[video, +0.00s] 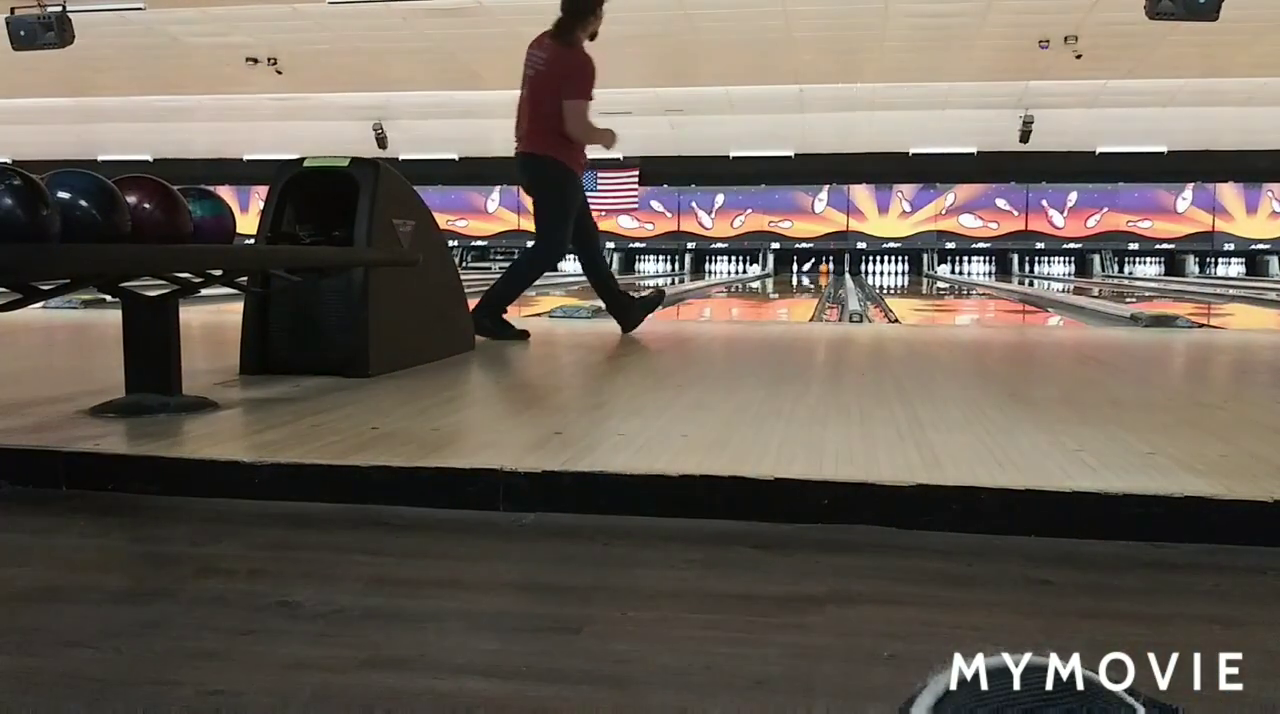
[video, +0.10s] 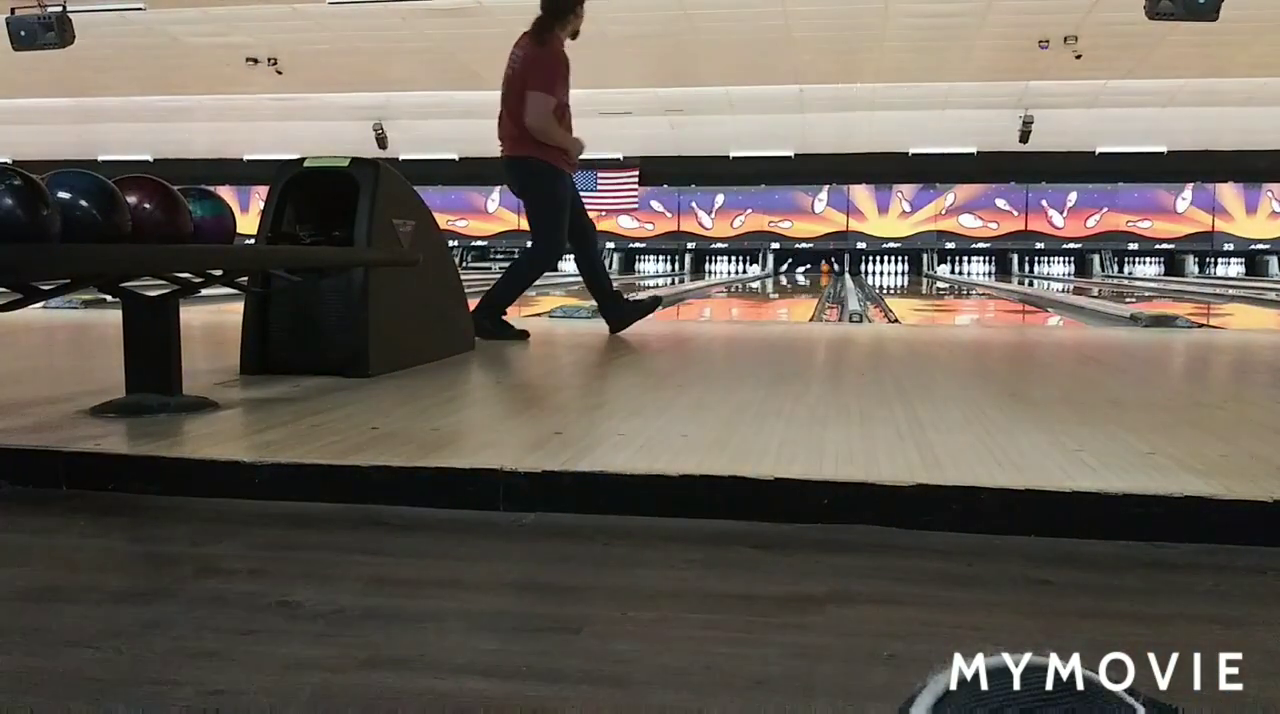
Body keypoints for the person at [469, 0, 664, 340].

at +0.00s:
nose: (601, 22)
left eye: (600, 15)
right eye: (600, 15)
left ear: (567, 11)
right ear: (590, 17)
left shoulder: (540, 45)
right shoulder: (577, 61)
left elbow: (530, 110)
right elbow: (575, 125)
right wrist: (604, 136)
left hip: (532, 160)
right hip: (555, 165)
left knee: (585, 239)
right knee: (551, 248)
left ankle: (624, 310)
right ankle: (486, 312)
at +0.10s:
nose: (582, 20)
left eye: (582, 12)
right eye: (581, 12)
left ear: (550, 10)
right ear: (569, 13)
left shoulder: (531, 44)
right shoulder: (548, 51)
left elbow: (523, 114)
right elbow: (536, 118)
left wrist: (564, 144)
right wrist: (569, 142)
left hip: (533, 163)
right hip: (537, 165)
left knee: (583, 236)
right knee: (549, 248)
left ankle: (614, 310)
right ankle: (486, 314)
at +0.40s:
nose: (549, 1)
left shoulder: (532, 28)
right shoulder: (505, 27)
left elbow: (552, 81)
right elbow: (548, 81)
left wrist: (596, 82)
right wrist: (586, 44)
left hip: (528, 147)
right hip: (494, 147)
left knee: (558, 225)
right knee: (508, 229)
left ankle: (539, 306)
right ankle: (482, 315)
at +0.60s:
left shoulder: (540, 21)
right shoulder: (473, 13)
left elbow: (549, 79)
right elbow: (442, 68)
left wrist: (570, 97)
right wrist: (493, 95)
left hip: (529, 140)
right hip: (485, 141)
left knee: (549, 225)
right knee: (495, 228)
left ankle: (529, 291)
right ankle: (483, 315)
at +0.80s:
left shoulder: (541, 9)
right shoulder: (459, 7)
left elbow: (553, 67)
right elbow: (422, 59)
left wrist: (541, 101)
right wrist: (459, 99)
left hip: (533, 139)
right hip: (482, 140)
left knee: (546, 228)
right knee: (485, 231)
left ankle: (527, 301)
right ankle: (484, 315)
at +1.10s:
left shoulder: (550, 6)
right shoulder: (459, 5)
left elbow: (572, 72)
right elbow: (439, 65)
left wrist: (536, 102)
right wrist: (469, 88)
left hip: (532, 136)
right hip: (479, 137)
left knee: (530, 230)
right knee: (485, 231)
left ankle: (529, 319)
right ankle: (494, 309)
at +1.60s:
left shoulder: (568, 2)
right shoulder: (464, 0)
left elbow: (578, 39)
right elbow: (455, 30)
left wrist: (514, 58)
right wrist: (456, 61)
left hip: (537, 116)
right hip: (477, 115)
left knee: (535, 228)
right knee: (478, 223)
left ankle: (527, 330)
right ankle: (479, 332)